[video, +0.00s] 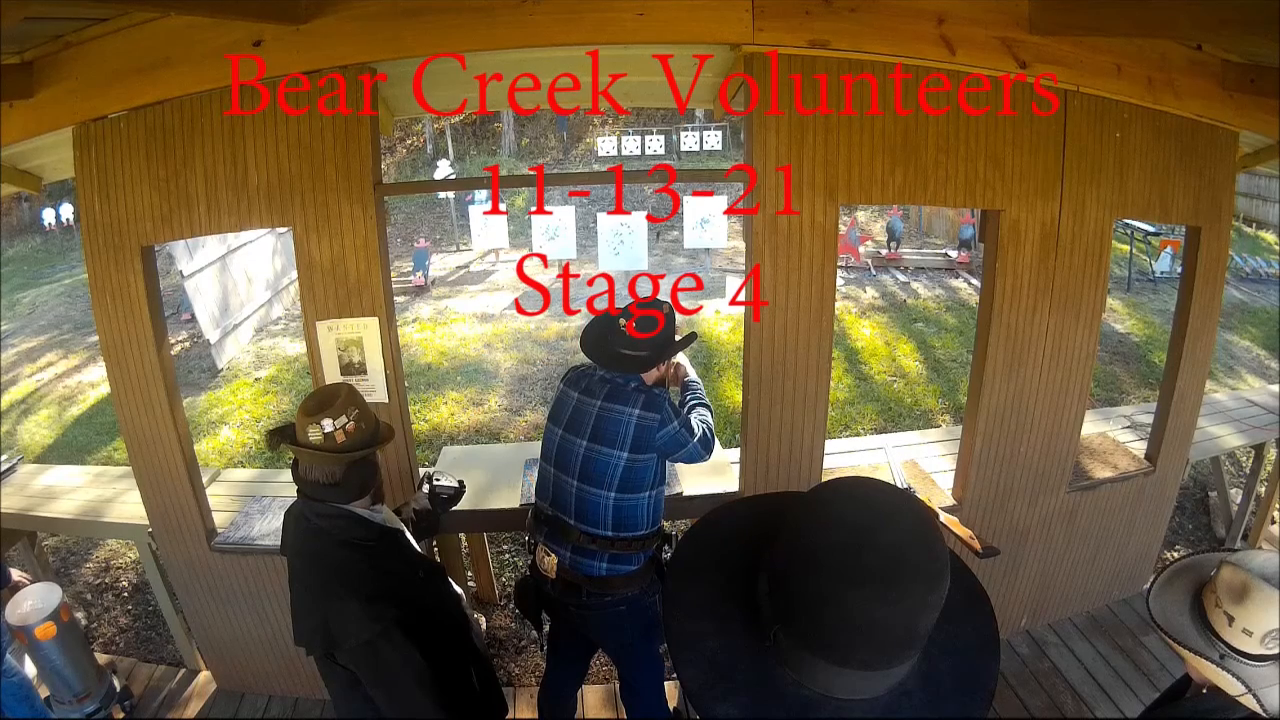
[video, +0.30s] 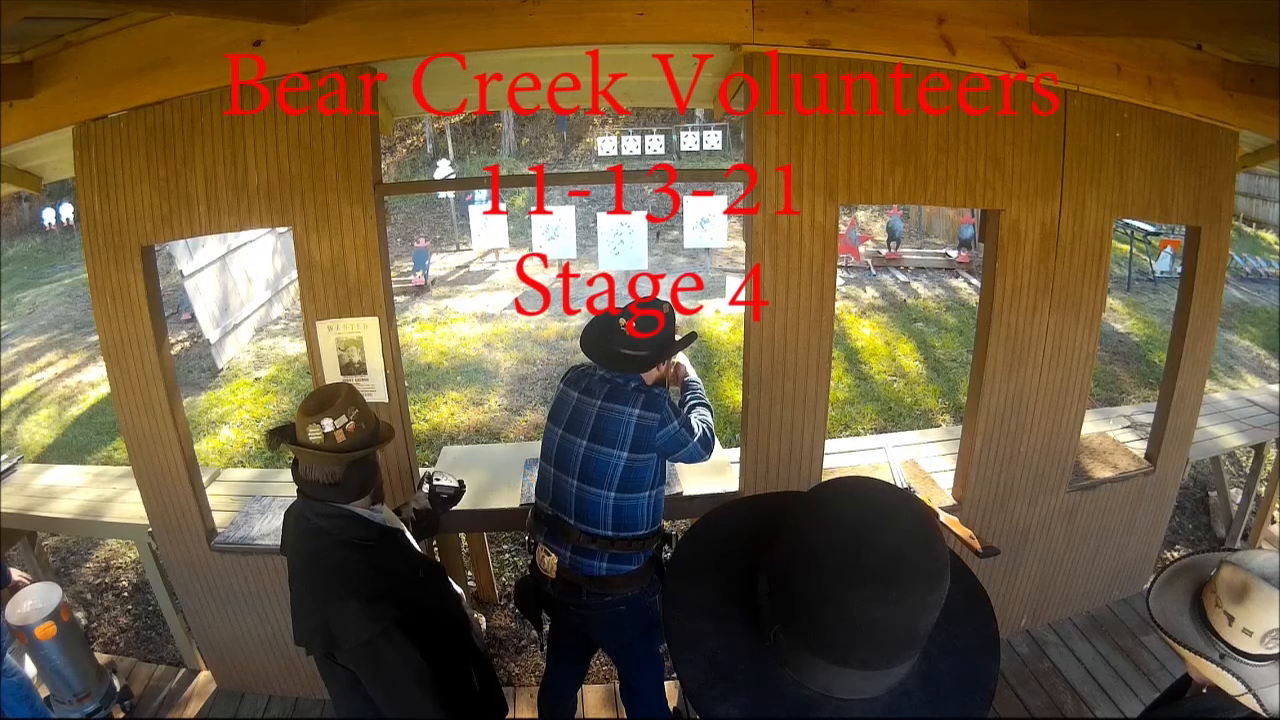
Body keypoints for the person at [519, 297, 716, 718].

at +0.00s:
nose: (668, 360)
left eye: (668, 353)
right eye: (666, 353)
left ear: (607, 349)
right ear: (652, 363)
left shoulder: (572, 383)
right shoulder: (653, 411)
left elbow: (615, 394)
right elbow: (701, 445)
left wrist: (651, 379)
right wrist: (691, 380)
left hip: (556, 576)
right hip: (618, 590)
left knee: (558, 682)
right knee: (644, 687)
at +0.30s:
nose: (668, 360)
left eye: (667, 353)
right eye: (666, 353)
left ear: (607, 349)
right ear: (652, 364)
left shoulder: (572, 382)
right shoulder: (653, 412)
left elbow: (616, 395)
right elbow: (702, 444)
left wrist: (651, 379)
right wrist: (691, 379)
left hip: (556, 577)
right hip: (618, 590)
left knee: (559, 681)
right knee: (645, 687)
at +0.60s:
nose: (668, 360)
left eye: (667, 353)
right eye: (665, 353)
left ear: (607, 349)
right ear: (652, 364)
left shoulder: (572, 381)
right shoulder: (653, 411)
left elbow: (616, 395)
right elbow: (702, 444)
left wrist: (651, 379)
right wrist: (691, 379)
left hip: (556, 577)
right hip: (618, 589)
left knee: (559, 681)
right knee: (645, 687)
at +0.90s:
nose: (668, 360)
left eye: (668, 354)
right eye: (665, 354)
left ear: (607, 348)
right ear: (651, 363)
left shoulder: (571, 382)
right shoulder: (653, 411)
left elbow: (614, 392)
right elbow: (701, 444)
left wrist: (651, 378)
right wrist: (691, 380)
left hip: (557, 576)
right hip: (620, 588)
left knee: (559, 678)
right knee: (644, 683)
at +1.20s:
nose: (667, 360)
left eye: (667, 353)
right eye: (665, 353)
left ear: (606, 349)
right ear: (652, 363)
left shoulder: (571, 382)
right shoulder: (653, 411)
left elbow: (616, 392)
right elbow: (701, 443)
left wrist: (651, 377)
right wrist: (691, 379)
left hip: (556, 576)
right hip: (618, 588)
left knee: (560, 677)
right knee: (644, 683)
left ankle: (552, 716)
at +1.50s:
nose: (668, 359)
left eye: (668, 352)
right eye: (666, 353)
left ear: (608, 349)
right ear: (652, 363)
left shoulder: (571, 381)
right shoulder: (651, 411)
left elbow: (618, 391)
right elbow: (701, 443)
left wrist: (653, 377)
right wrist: (691, 379)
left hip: (556, 574)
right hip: (617, 586)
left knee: (560, 677)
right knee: (644, 682)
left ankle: (552, 716)